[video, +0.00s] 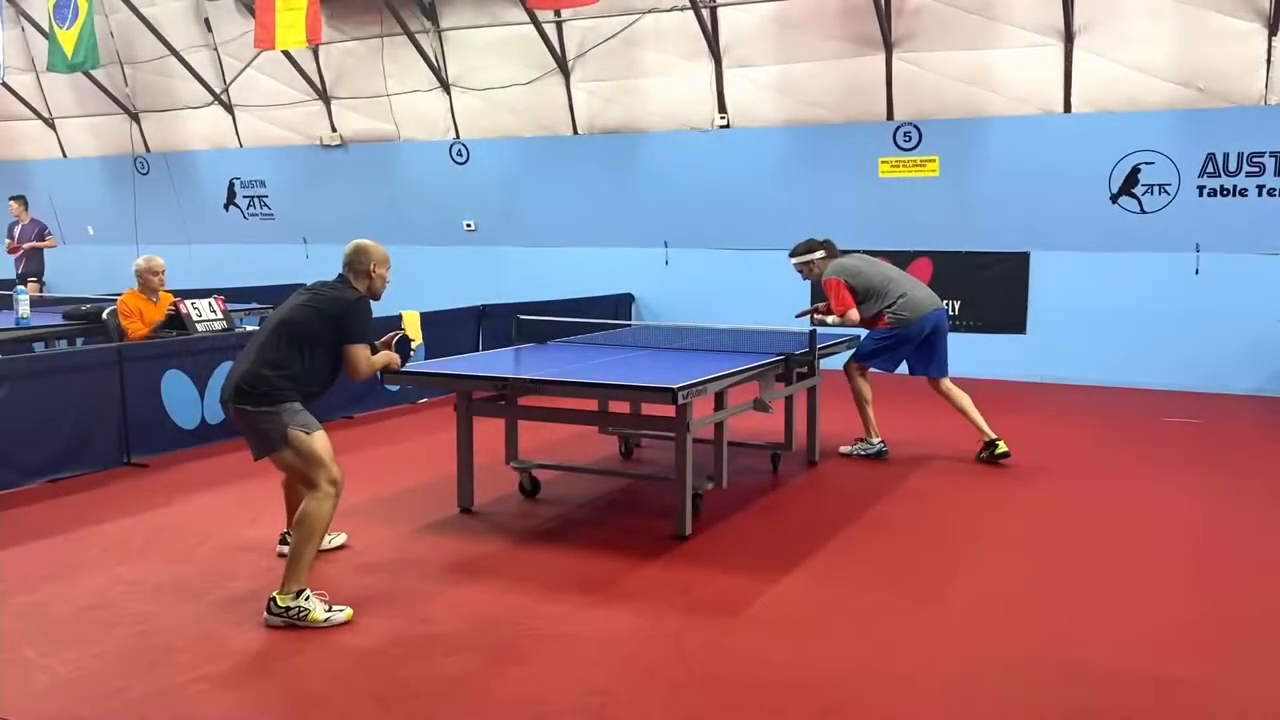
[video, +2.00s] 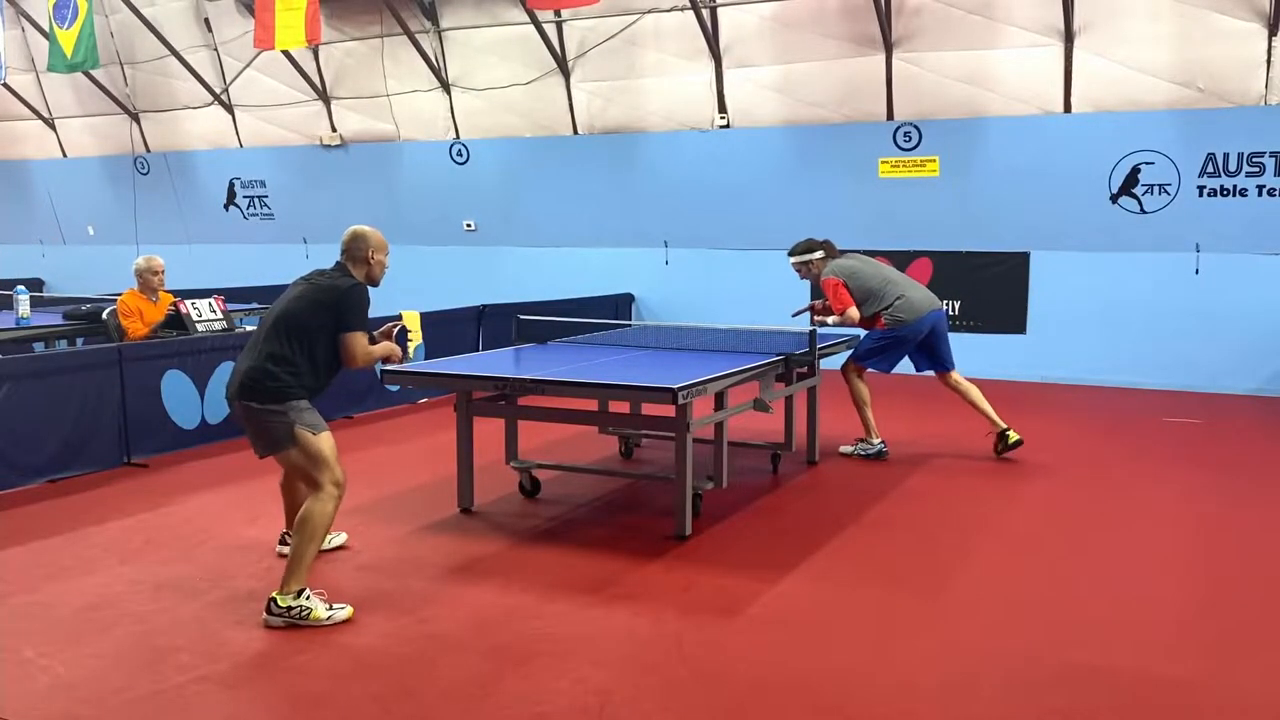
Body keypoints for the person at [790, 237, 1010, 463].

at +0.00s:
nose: (804, 277)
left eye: (803, 270)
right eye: (800, 272)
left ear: (817, 261)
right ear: (825, 256)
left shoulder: (832, 275)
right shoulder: (857, 261)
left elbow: (853, 317)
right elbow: (872, 311)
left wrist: (831, 318)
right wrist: (832, 310)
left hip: (906, 316)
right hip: (936, 311)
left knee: (854, 369)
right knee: (940, 381)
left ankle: (873, 440)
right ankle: (991, 439)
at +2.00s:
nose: (800, 276)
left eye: (800, 269)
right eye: (797, 270)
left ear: (815, 263)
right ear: (823, 257)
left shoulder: (830, 275)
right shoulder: (853, 260)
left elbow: (852, 316)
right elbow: (869, 305)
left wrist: (829, 318)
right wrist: (831, 306)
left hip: (902, 318)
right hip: (933, 309)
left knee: (852, 371)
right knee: (950, 377)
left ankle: (873, 441)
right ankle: (1003, 430)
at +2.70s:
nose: (828, 259)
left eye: (830, 253)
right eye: (827, 254)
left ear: (847, 248)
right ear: (854, 245)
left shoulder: (856, 267)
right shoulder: (885, 256)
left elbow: (861, 317)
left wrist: (831, 321)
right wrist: (852, 318)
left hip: (916, 330)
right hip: (946, 325)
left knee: (853, 369)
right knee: (963, 393)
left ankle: (872, 441)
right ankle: (1023, 440)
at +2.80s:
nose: (839, 249)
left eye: (842, 243)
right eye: (838, 243)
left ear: (860, 240)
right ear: (866, 238)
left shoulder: (868, 259)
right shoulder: (896, 249)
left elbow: (858, 309)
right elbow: (894, 292)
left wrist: (827, 316)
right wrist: (858, 285)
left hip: (921, 327)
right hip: (952, 323)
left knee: (858, 367)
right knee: (967, 392)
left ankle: (873, 440)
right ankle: (1025, 441)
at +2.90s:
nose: (854, 237)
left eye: (856, 231)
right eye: (852, 231)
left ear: (874, 230)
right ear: (884, 229)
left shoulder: (877, 251)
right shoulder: (909, 243)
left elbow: (858, 295)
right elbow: (898, 281)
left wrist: (827, 293)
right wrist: (864, 266)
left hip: (927, 324)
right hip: (959, 321)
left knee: (865, 366)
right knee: (971, 390)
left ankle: (873, 440)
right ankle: (1026, 442)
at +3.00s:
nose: (867, 227)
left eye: (870, 221)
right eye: (866, 221)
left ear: (888, 222)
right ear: (894, 221)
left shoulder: (888, 244)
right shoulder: (921, 237)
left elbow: (857, 281)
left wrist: (831, 258)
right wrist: (873, 264)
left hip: (933, 321)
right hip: (966, 318)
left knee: (873, 364)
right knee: (976, 387)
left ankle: (873, 440)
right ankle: (1026, 442)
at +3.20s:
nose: (888, 210)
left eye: (893, 204)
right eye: (890, 204)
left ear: (910, 208)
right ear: (917, 209)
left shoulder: (906, 232)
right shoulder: (944, 228)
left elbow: (866, 262)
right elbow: (943, 266)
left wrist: (841, 251)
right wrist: (911, 283)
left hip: (948, 317)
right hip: (981, 313)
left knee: (892, 367)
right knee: (984, 382)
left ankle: (875, 440)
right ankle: (1027, 442)